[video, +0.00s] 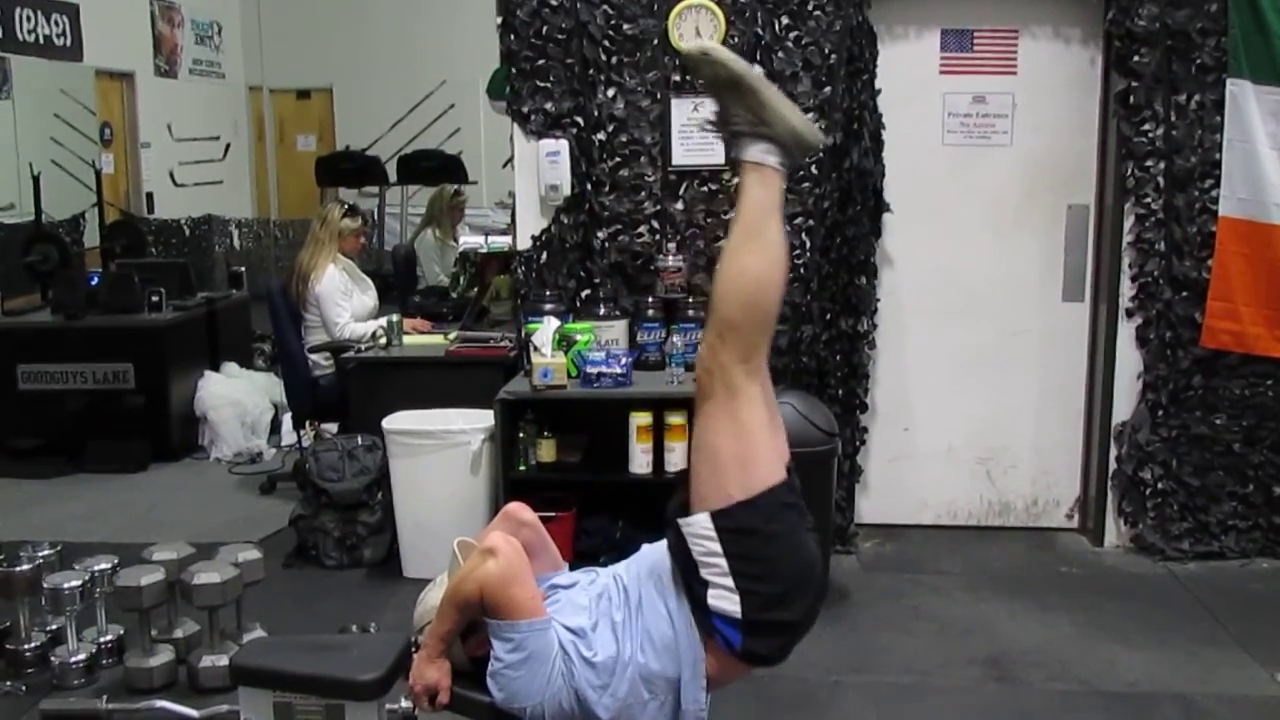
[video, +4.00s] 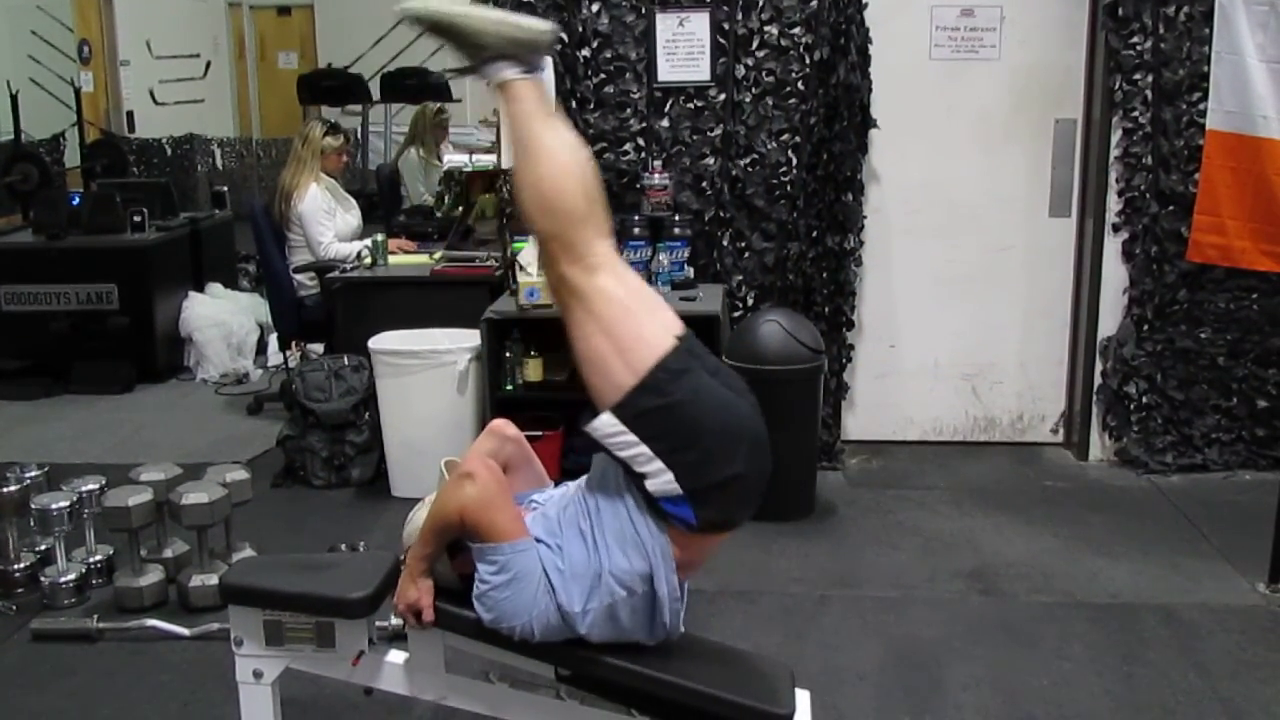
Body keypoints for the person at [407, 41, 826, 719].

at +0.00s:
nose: (479, 559)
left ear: (479, 629)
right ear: (479, 635)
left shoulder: (563, 607)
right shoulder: (530, 675)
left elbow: (518, 518)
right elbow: (492, 556)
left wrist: (456, 607)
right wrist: (436, 646)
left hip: (748, 580)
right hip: (742, 595)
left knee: (735, 369)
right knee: (727, 370)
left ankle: (763, 155)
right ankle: (762, 154)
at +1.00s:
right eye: (490, 509)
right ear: (484, 566)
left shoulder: (552, 579)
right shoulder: (524, 625)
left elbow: (510, 481)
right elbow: (479, 523)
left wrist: (458, 560)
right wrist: (430, 604)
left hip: (738, 566)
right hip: (752, 595)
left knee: (842, 373)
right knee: (842, 377)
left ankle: (965, 201)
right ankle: (972, 200)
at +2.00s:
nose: (517, 463)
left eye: (518, 457)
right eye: (501, 466)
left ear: (520, 486)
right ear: (486, 509)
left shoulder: (555, 528)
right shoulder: (516, 585)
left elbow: (510, 445)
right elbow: (470, 473)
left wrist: (447, 525)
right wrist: (424, 564)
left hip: (759, 548)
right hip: (757, 599)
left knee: (897, 389)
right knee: (894, 395)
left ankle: (1092, 428)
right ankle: (1094, 433)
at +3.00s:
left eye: (459, 545)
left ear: (471, 553)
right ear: (469, 562)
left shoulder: (548, 524)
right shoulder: (519, 599)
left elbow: (505, 436)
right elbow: (477, 481)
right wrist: (423, 567)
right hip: (734, 492)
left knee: (552, 360)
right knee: (537, 377)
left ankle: (512, 178)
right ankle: (498, 174)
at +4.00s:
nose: (471, 474)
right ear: (470, 564)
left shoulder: (547, 530)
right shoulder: (514, 588)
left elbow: (504, 436)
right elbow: (469, 481)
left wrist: (445, 506)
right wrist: (419, 562)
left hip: (715, 458)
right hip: (700, 475)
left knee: (589, 265)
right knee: (581, 268)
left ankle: (524, 76)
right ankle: (514, 73)